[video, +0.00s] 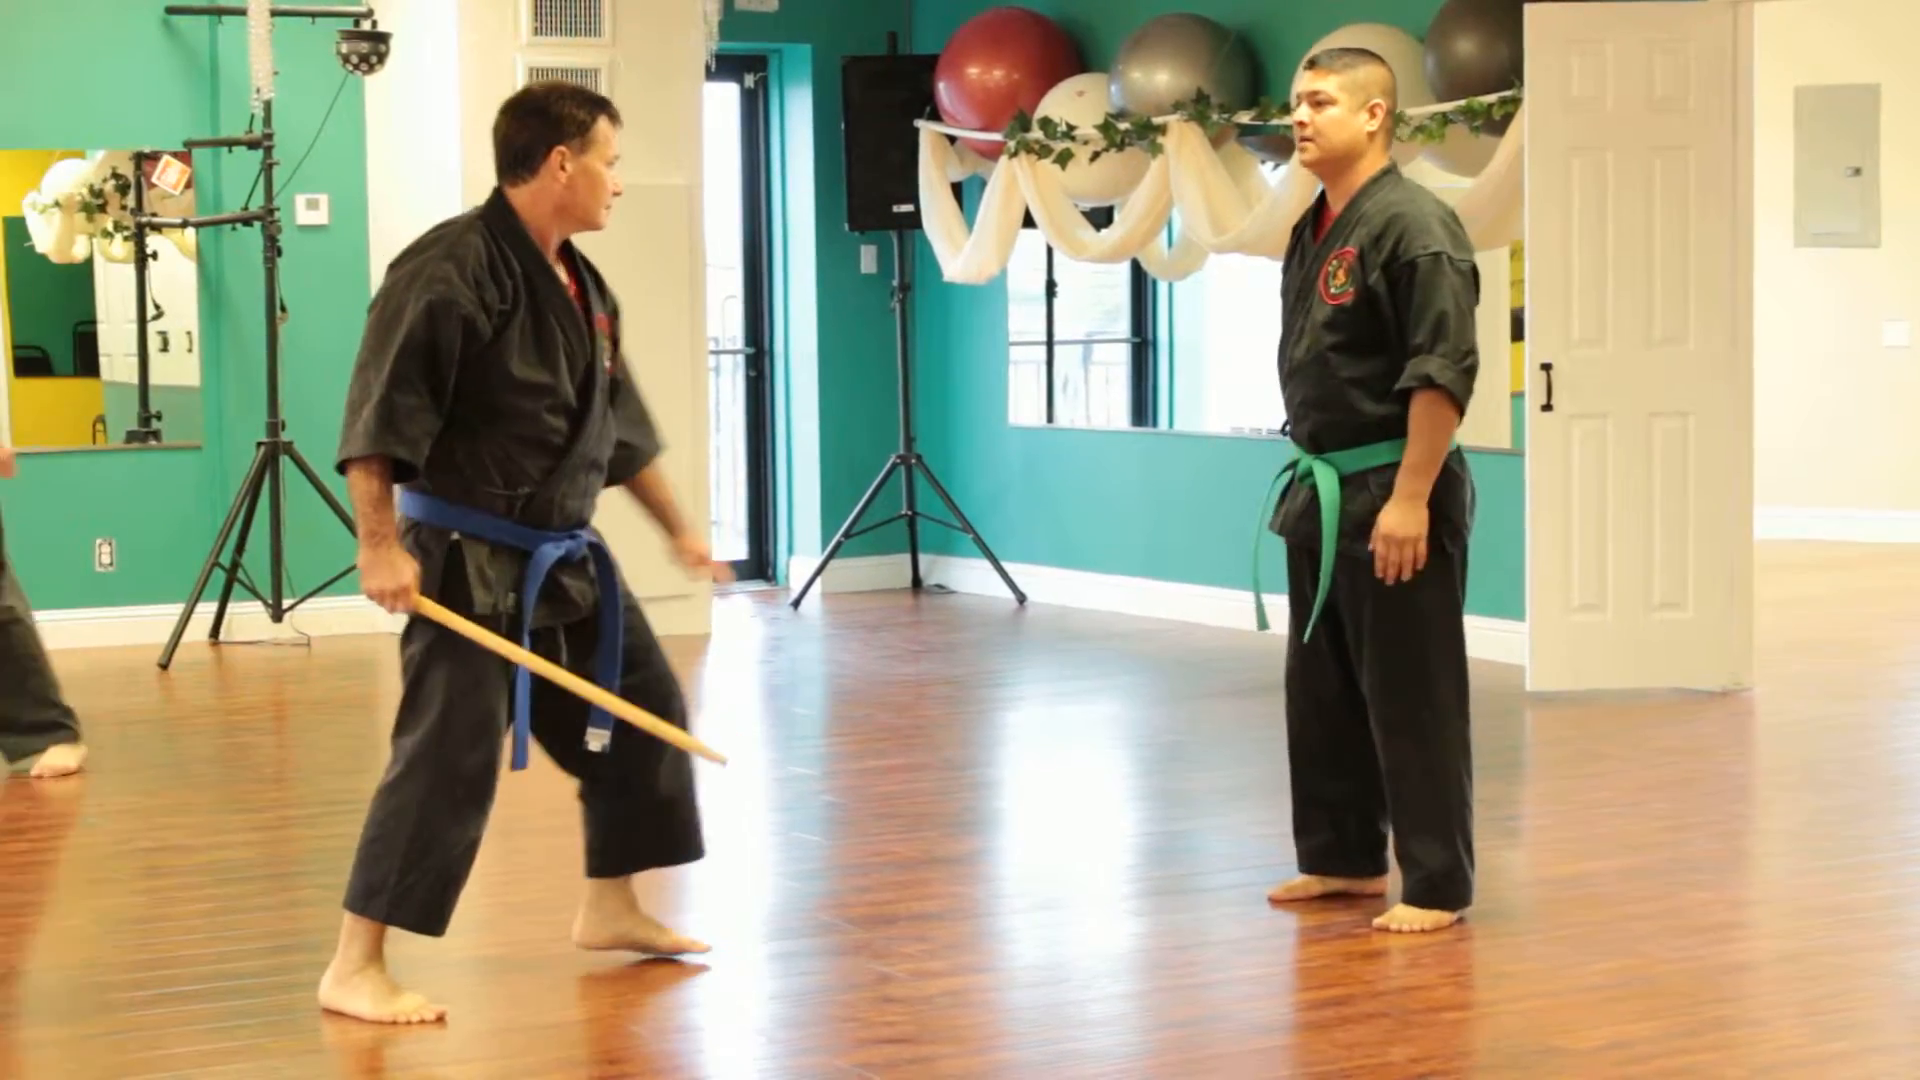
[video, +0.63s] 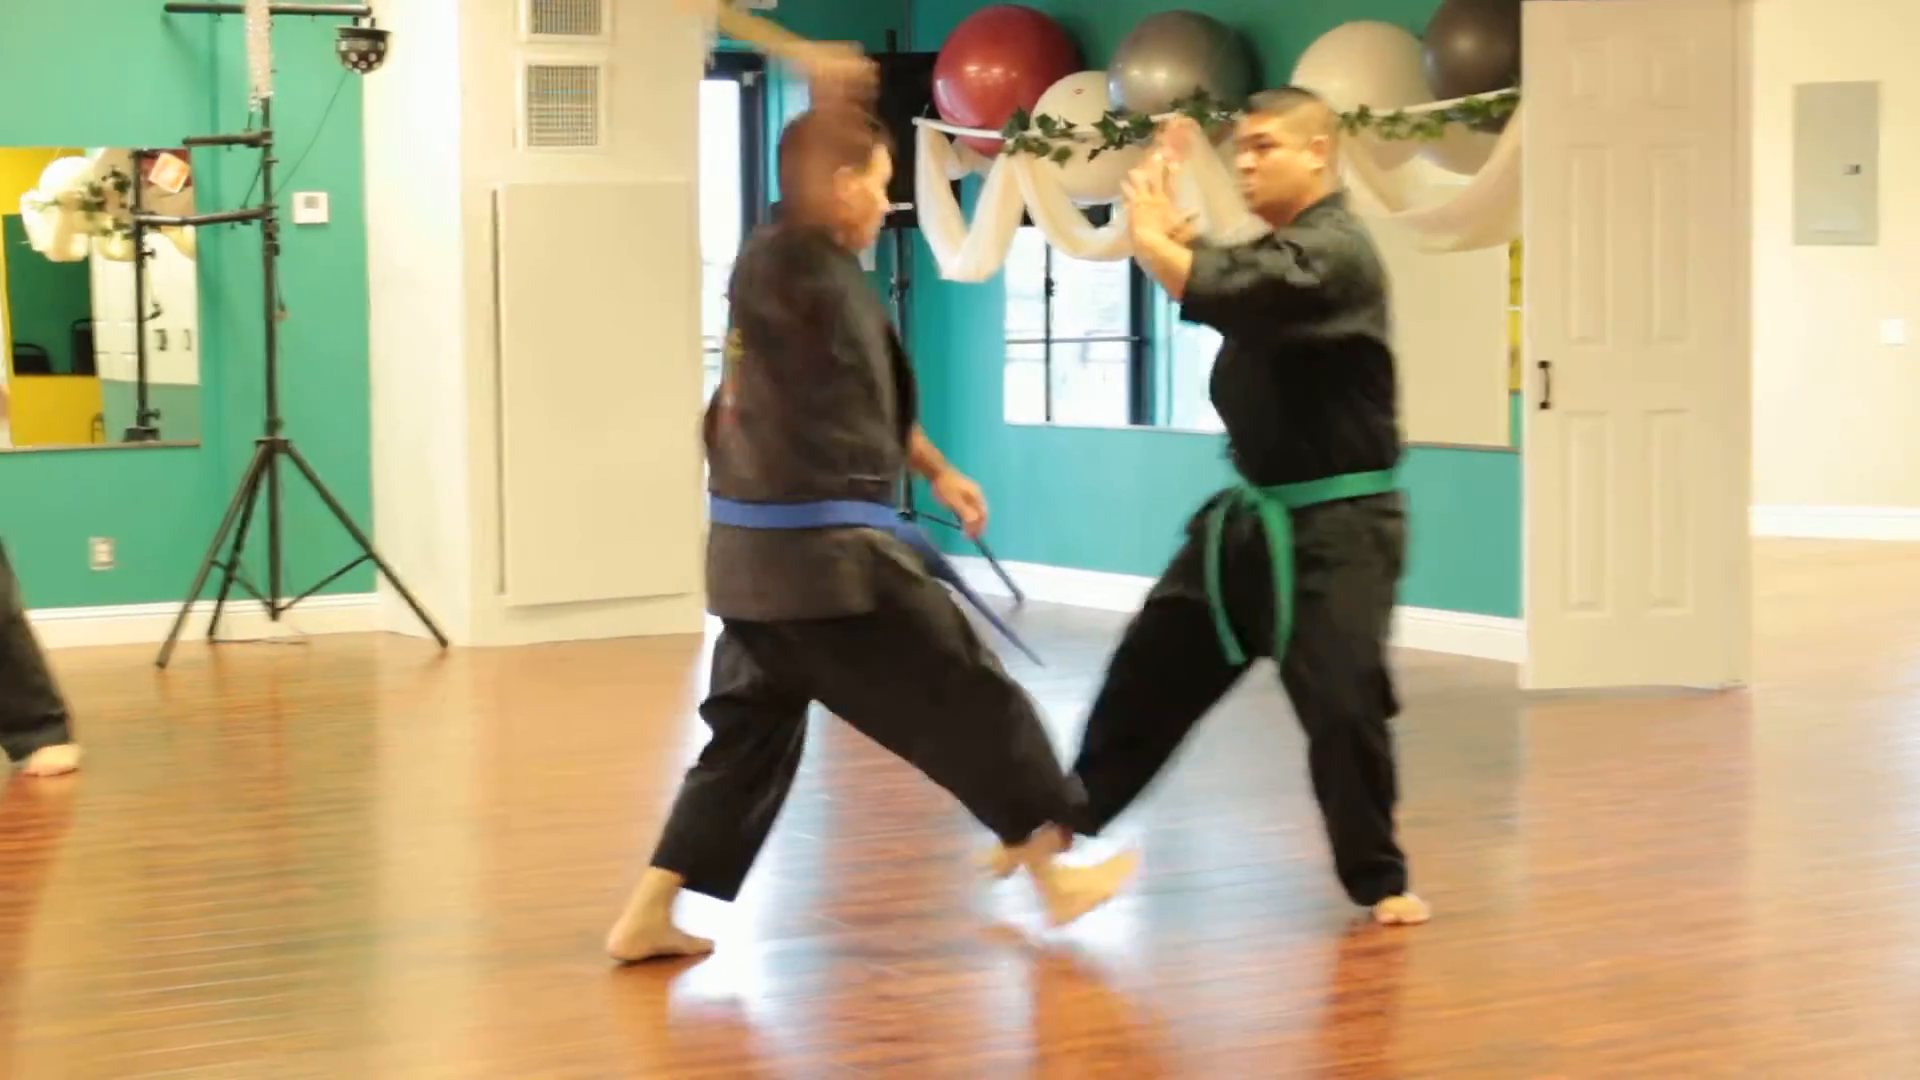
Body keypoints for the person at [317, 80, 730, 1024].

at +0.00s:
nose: (619, 184)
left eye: (618, 165)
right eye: (610, 164)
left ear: (561, 164)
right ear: (559, 164)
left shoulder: (581, 284)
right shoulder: (447, 267)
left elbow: (617, 424)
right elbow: (376, 407)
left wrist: (679, 527)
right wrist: (378, 540)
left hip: (563, 546)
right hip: (463, 545)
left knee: (641, 702)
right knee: (444, 747)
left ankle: (611, 908)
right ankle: (354, 966)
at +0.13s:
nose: (648, 194)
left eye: (647, 175)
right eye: (638, 175)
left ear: (591, 176)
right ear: (588, 175)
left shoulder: (621, 288)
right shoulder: (478, 272)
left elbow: (682, 404)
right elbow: (365, 382)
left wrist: (757, 489)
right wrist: (350, 489)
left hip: (590, 547)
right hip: (494, 541)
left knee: (672, 700)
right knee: (468, 742)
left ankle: (639, 911)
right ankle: (356, 965)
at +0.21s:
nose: (677, 201)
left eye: (677, 184)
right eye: (668, 183)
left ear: (629, 183)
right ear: (616, 181)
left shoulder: (661, 290)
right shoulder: (515, 270)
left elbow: (733, 397)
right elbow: (413, 326)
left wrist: (821, 471)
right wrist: (357, 381)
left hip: (631, 558)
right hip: (534, 553)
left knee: (699, 712)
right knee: (491, 738)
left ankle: (653, 921)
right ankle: (357, 957)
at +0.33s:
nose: (731, 201)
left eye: (732, 185)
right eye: (724, 184)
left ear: (683, 183)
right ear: (677, 182)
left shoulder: (721, 283)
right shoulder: (576, 271)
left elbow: (797, 369)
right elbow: (429, 322)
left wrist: (880, 439)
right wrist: (405, 268)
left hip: (698, 545)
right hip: (611, 542)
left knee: (737, 724)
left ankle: (655, 920)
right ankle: (444, 893)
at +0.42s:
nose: (779, 202)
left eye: (780, 184)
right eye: (771, 184)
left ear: (726, 183)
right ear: (722, 183)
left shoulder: (760, 280)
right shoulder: (627, 265)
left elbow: (832, 365)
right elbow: (499, 283)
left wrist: (910, 432)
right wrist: (483, 184)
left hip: (745, 540)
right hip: (662, 541)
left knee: (745, 728)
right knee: (739, 728)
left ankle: (656, 917)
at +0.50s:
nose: (826, 198)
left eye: (826, 182)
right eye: (817, 179)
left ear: (771, 182)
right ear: (769, 177)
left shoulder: (795, 284)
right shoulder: (685, 254)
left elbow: (861, 376)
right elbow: (604, 257)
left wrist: (931, 446)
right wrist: (592, 148)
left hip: (752, 535)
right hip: (725, 538)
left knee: (736, 730)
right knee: (862, 694)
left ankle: (655, 916)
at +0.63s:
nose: (884, 205)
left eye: (885, 186)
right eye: (872, 185)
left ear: (842, 187)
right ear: (825, 183)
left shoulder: (829, 282)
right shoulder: (787, 266)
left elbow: (873, 401)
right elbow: (793, 225)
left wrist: (939, 471)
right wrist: (831, 106)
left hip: (759, 566)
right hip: (825, 564)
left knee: (746, 739)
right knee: (969, 692)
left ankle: (649, 911)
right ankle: (1059, 871)